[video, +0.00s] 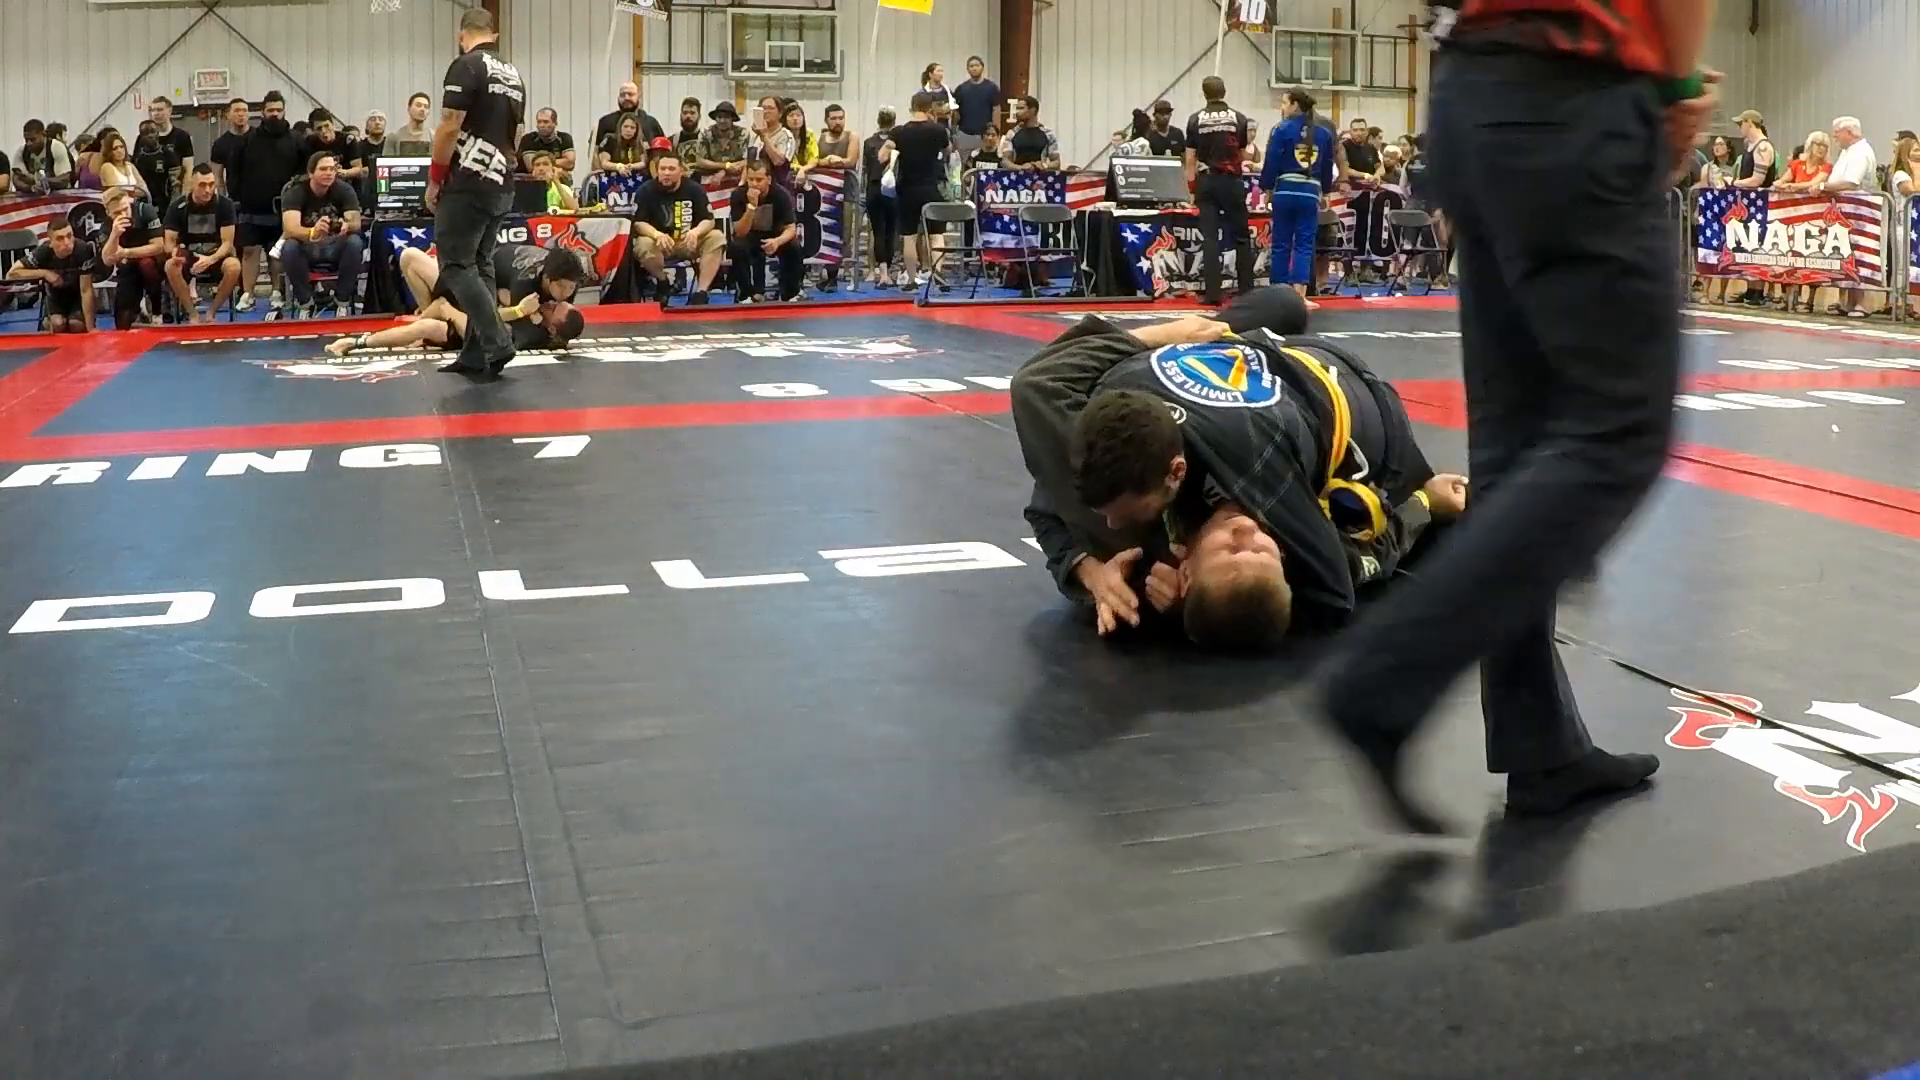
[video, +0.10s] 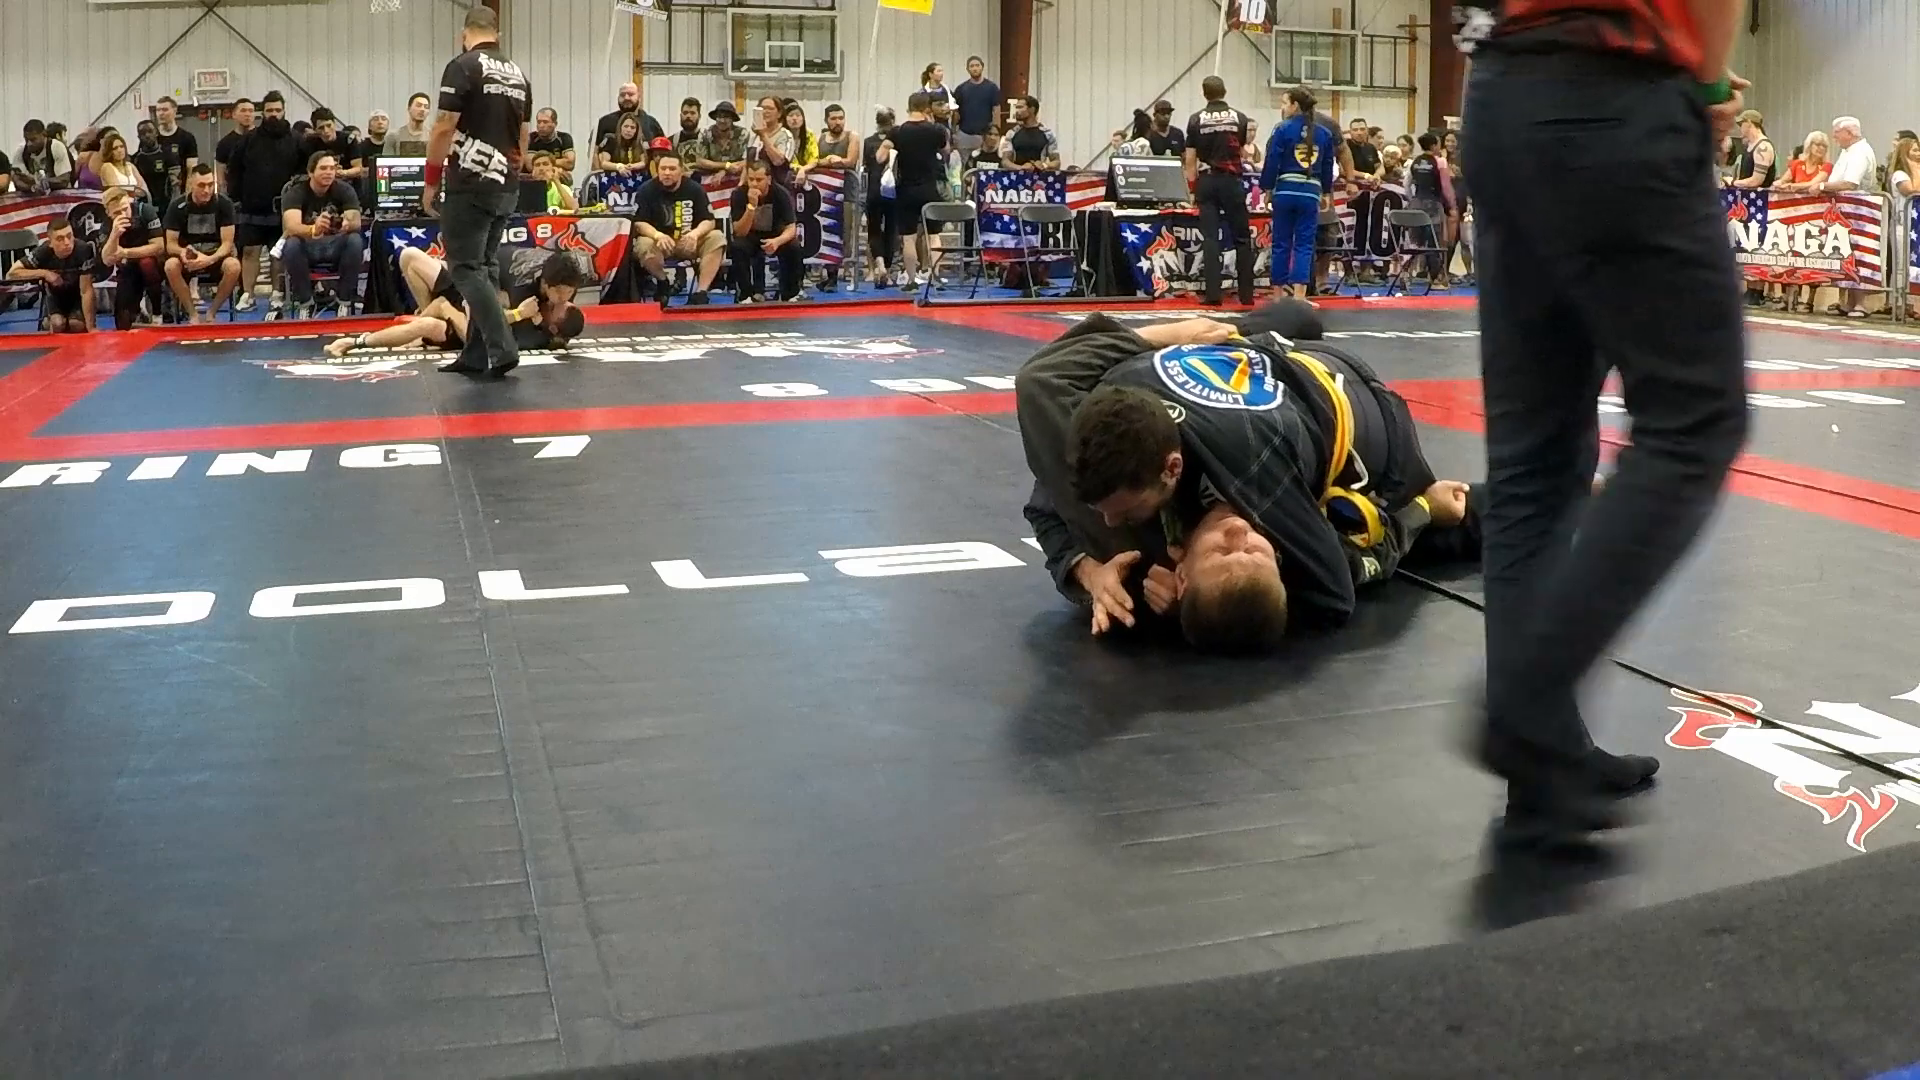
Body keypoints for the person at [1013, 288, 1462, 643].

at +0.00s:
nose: (1118, 530)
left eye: (1133, 517)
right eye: (1105, 518)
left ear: (1176, 474)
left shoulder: (1263, 486)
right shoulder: (1094, 419)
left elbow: (1335, 604)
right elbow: (1045, 512)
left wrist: (1194, 600)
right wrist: (1090, 571)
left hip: (1359, 407)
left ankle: (1431, 499)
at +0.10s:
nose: (1114, 525)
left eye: (1126, 515)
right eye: (1102, 512)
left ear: (1171, 471)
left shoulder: (1257, 482)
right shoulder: (1094, 415)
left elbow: (1333, 596)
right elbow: (1045, 511)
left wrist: (1189, 599)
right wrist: (1087, 570)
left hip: (1367, 416)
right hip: (1285, 357)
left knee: (1417, 495)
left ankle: (1442, 507)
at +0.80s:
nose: (1061, 519)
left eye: (1073, 507)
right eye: (1049, 507)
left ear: (1122, 478)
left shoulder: (1227, 500)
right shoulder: (1063, 438)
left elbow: (1334, 596)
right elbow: (1053, 527)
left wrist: (1189, 617)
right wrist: (1063, 581)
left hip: (1357, 432)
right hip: (1284, 364)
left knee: (1410, 526)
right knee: (1287, 312)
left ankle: (1564, 509)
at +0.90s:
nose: (1058, 523)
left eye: (1068, 509)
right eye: (1044, 513)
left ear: (1116, 475)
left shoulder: (1217, 494)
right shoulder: (1066, 440)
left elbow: (1332, 594)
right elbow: (1061, 533)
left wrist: (1192, 617)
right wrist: (1064, 581)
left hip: (1353, 425)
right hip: (1280, 360)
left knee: (1417, 529)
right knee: (1291, 310)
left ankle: (1563, 511)